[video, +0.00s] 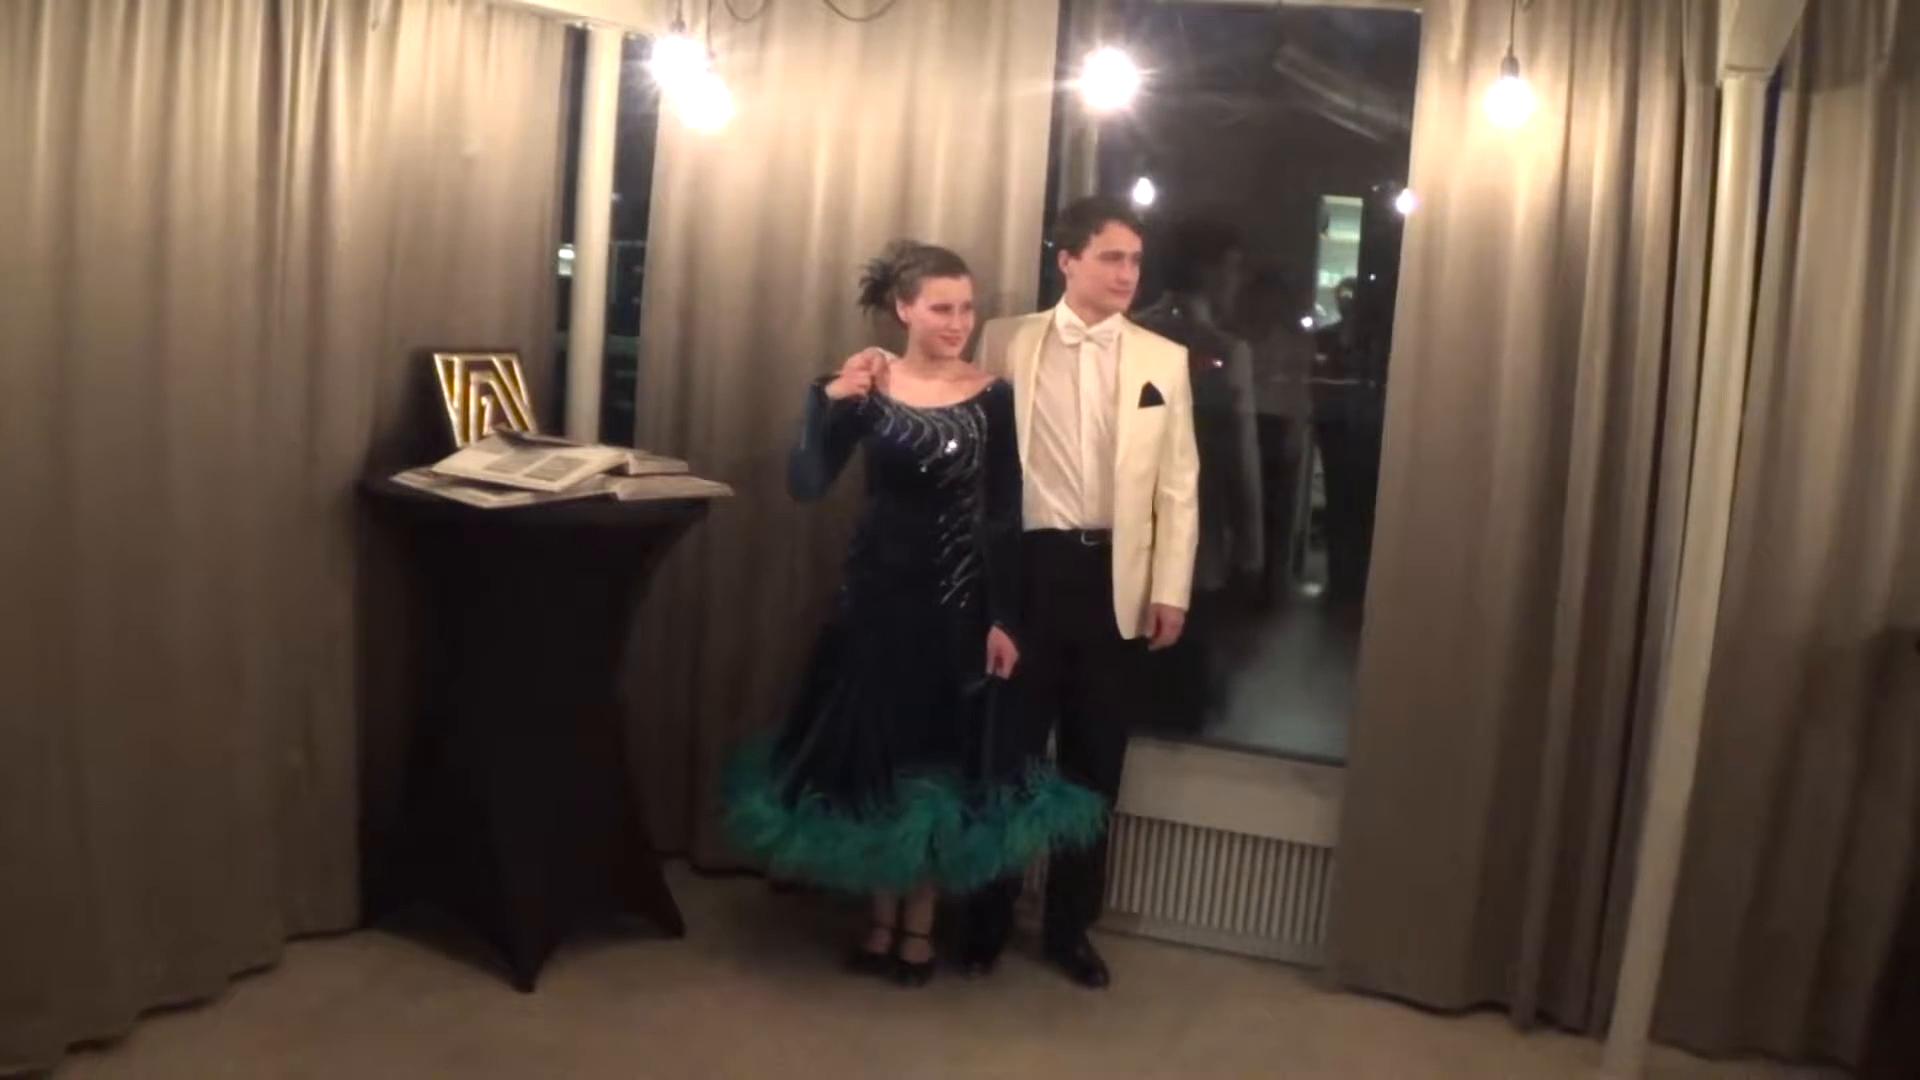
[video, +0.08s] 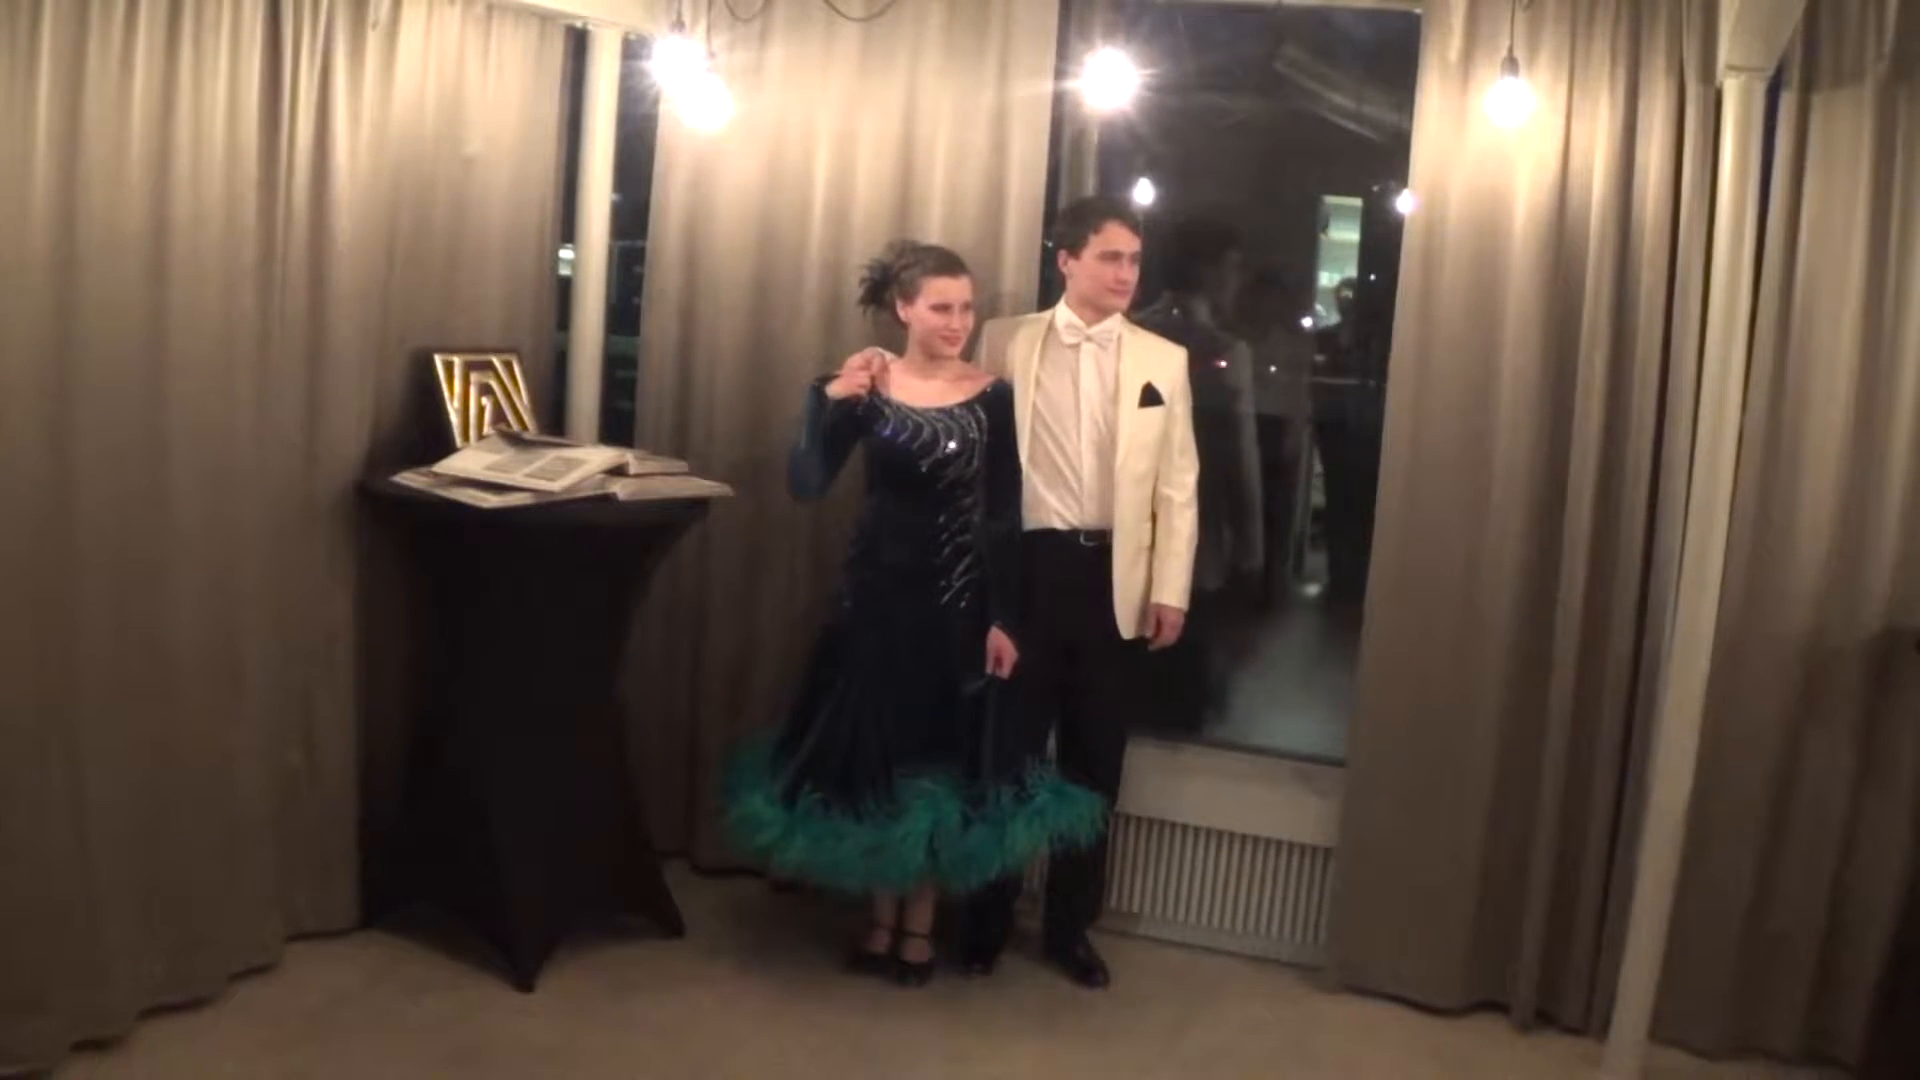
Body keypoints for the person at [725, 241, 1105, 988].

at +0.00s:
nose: (957, 322)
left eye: (966, 308)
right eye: (940, 308)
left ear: (978, 313)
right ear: (900, 311)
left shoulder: (991, 396)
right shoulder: (871, 384)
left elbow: (1004, 514)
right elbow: (810, 480)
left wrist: (1004, 617)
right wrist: (831, 397)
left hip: (958, 598)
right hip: (882, 591)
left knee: (940, 753)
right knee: (880, 749)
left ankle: (922, 912)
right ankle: (880, 908)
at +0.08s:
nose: (956, 322)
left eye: (965, 308)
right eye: (940, 308)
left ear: (978, 313)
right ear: (900, 310)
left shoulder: (991, 396)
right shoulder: (871, 384)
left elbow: (1004, 514)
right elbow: (809, 480)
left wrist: (1004, 617)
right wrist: (832, 397)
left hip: (959, 598)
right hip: (883, 592)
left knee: (940, 754)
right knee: (880, 749)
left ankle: (922, 912)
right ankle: (880, 907)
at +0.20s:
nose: (955, 322)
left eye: (965, 308)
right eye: (939, 307)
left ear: (977, 313)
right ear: (900, 310)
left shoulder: (991, 396)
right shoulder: (870, 384)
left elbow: (1003, 513)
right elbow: (809, 481)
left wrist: (1003, 617)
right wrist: (832, 397)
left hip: (959, 596)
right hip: (884, 590)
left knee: (939, 752)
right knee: (880, 748)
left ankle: (921, 913)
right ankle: (879, 908)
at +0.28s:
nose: (955, 322)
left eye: (965, 308)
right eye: (939, 307)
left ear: (978, 313)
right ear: (899, 310)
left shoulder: (991, 396)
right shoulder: (870, 383)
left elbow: (1003, 514)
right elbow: (809, 481)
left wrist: (1004, 617)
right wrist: (832, 397)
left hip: (958, 597)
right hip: (882, 590)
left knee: (938, 752)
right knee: (879, 747)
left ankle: (921, 912)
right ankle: (879, 908)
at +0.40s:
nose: (955, 321)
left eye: (965, 307)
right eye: (939, 307)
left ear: (977, 312)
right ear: (899, 311)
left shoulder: (990, 394)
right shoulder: (870, 383)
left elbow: (1003, 512)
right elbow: (809, 480)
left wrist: (1006, 616)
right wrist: (833, 399)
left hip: (959, 598)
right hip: (882, 592)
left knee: (938, 753)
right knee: (881, 749)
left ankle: (922, 908)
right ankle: (880, 904)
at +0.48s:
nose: (956, 321)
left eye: (965, 307)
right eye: (939, 307)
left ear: (977, 312)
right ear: (899, 311)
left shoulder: (990, 394)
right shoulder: (870, 383)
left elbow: (1004, 512)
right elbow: (810, 479)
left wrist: (1006, 615)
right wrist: (834, 399)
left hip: (960, 598)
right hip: (883, 592)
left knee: (939, 753)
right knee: (881, 749)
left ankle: (922, 909)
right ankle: (880, 906)